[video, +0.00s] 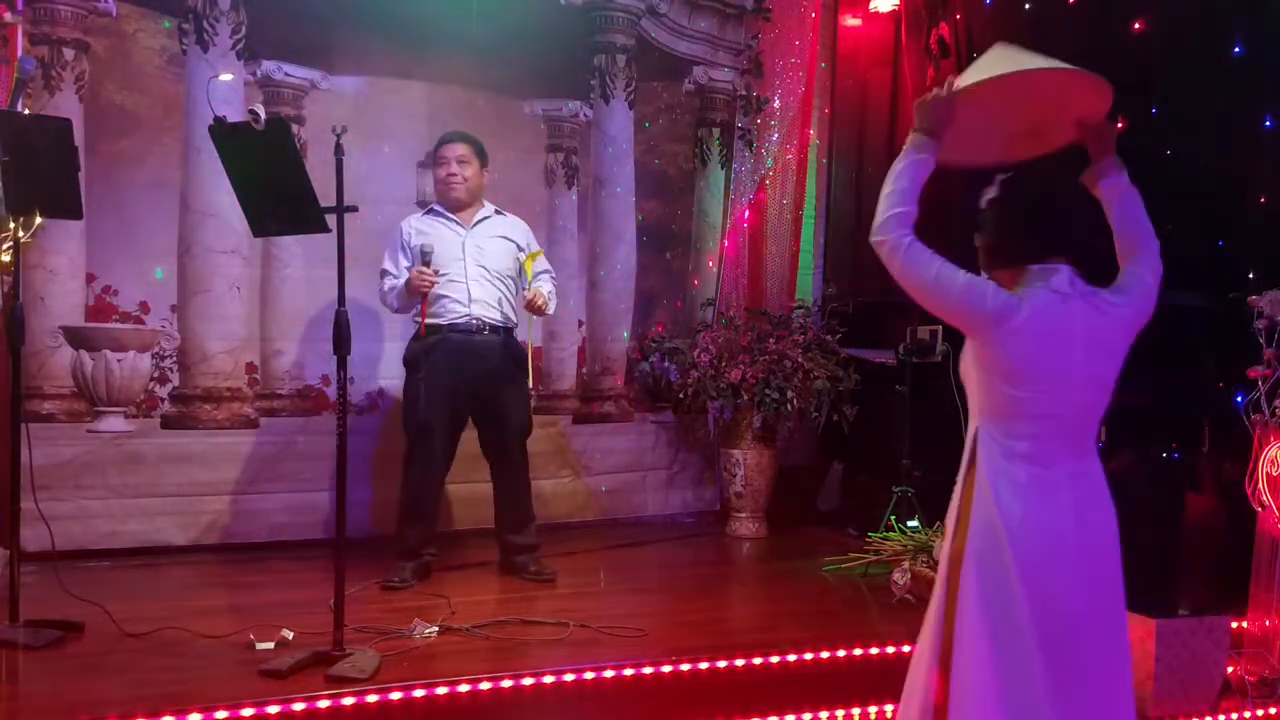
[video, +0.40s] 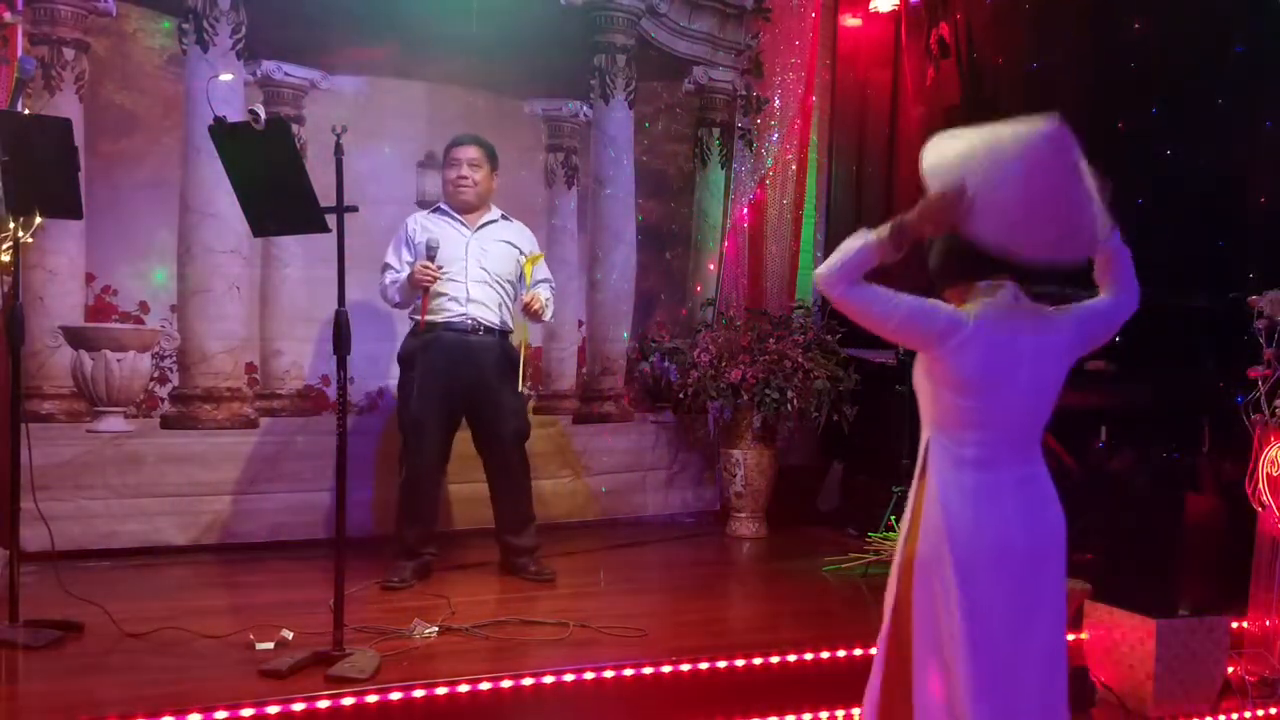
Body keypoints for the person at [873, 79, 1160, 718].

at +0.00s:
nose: (980, 239)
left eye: (987, 225)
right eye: (983, 223)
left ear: (1011, 238)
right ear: (1073, 235)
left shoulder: (993, 311)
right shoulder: (1115, 313)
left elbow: (892, 236)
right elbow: (1143, 256)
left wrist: (921, 141)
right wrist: (1109, 169)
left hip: (1003, 503)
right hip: (1084, 498)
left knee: (997, 659)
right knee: (1082, 660)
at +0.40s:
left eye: (938, 264)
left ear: (951, 270)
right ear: (1014, 261)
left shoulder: (945, 329)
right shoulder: (1059, 330)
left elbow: (833, 279)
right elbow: (1122, 296)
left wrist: (903, 228)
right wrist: (1103, 220)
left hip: (953, 506)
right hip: (1031, 502)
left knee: (952, 646)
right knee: (1028, 648)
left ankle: (950, 717)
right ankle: (1026, 719)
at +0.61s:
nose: (927, 264)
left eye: (933, 253)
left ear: (944, 264)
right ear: (1009, 265)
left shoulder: (920, 331)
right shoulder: (1033, 342)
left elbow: (808, 294)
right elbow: (1087, 313)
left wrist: (874, 264)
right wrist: (1070, 244)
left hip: (934, 506)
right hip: (1011, 500)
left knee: (928, 651)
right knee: (1006, 654)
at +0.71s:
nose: (917, 252)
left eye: (925, 241)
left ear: (944, 259)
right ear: (996, 263)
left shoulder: (911, 324)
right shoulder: (1020, 339)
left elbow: (801, 286)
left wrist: (878, 250)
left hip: (921, 499)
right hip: (999, 494)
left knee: (912, 641)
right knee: (994, 649)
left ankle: (911, 718)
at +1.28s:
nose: (873, 239)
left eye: (881, 233)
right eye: (876, 231)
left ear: (897, 245)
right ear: (957, 249)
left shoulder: (883, 311)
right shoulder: (1000, 317)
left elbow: (773, 303)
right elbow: (990, 295)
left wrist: (839, 253)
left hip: (895, 482)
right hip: (972, 479)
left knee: (887, 632)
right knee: (971, 632)